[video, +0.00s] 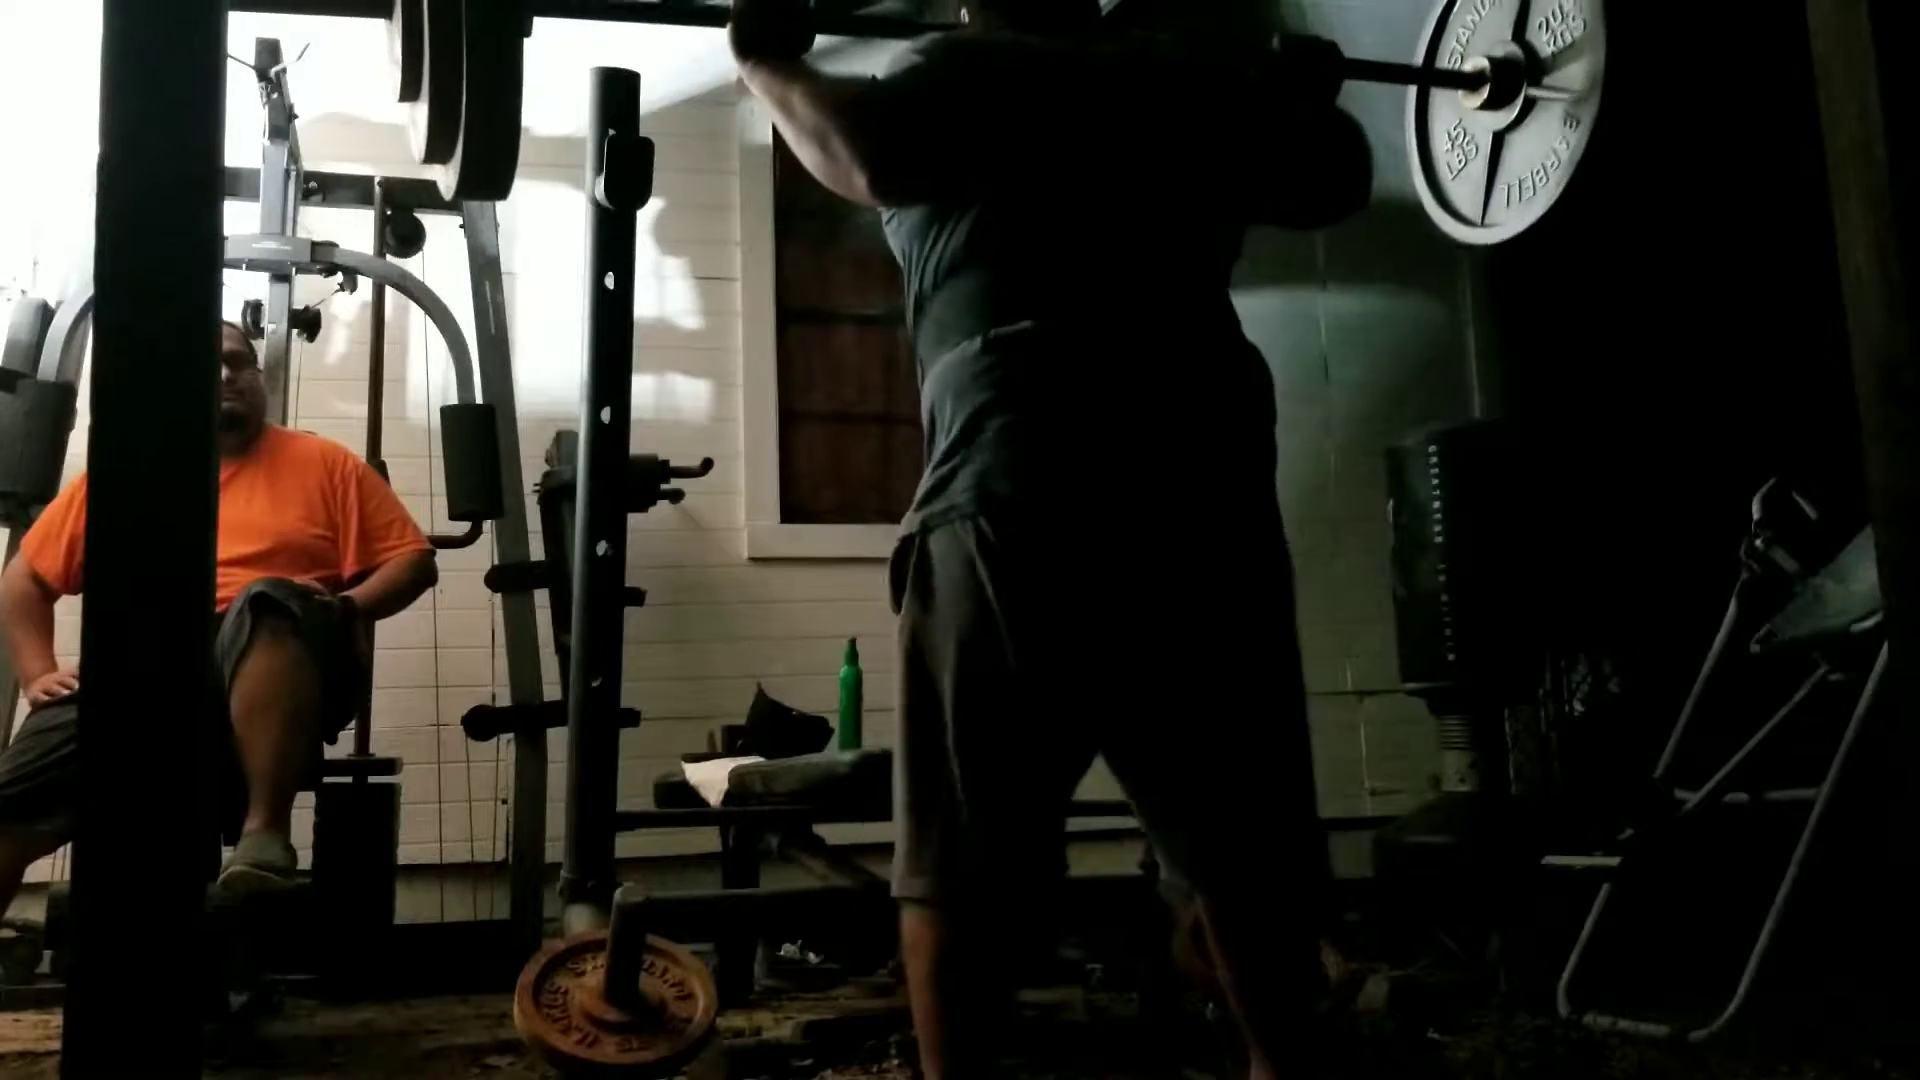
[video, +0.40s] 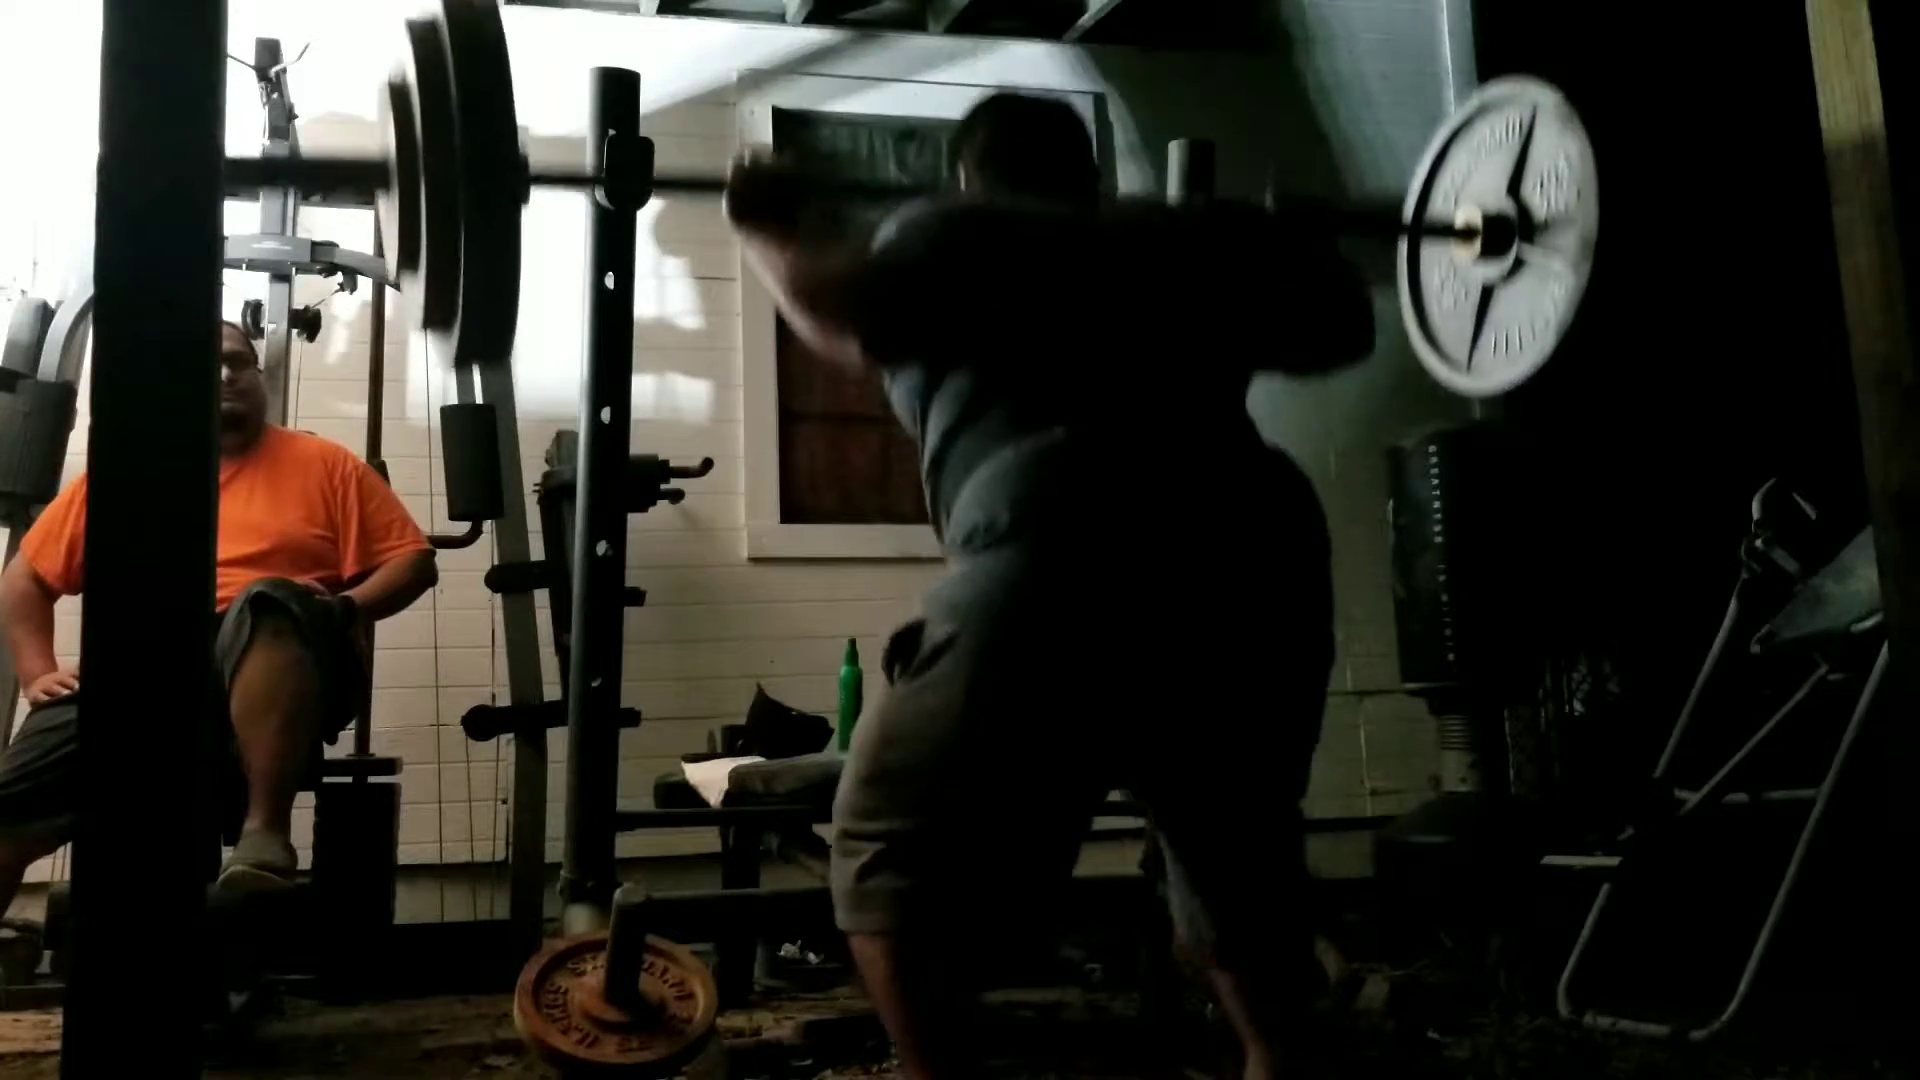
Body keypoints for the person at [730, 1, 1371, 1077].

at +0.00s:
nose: (937, 25)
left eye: (941, 13)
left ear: (967, 10)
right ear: (1092, 4)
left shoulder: (946, 77)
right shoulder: (1185, 87)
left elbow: (863, 160)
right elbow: (1336, 177)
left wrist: (764, 59)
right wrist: (1311, 87)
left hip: (1012, 487)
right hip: (1204, 482)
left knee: (960, 841)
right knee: (1242, 826)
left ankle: (954, 1063)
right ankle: (1283, 1057)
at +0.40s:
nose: (954, 189)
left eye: (958, 174)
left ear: (968, 176)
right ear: (1092, 176)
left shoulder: (939, 239)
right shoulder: (1181, 243)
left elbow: (842, 315)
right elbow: (1336, 324)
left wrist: (769, 227)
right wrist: (1295, 231)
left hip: (1042, 566)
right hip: (1250, 559)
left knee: (888, 848)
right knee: (1235, 840)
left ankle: (935, 1060)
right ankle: (1280, 1054)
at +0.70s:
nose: (949, 333)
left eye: (955, 319)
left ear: (970, 327)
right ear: (1086, 323)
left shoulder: (939, 399)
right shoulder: (1182, 396)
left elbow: (833, 481)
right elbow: (1344, 479)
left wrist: (770, 399)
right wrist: (1301, 393)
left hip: (1048, 742)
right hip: (1264, 721)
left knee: (845, 840)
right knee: (1253, 879)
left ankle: (927, 1060)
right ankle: (1273, 1052)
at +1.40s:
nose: (927, 232)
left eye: (931, 220)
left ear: (945, 222)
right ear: (1073, 218)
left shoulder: (919, 280)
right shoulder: (1158, 282)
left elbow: (829, 348)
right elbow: (1330, 355)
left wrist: (767, 266)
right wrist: (1276, 274)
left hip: (1052, 574)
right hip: (1267, 559)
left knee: (872, 830)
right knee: (1234, 816)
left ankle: (925, 1059)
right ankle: (1274, 1056)